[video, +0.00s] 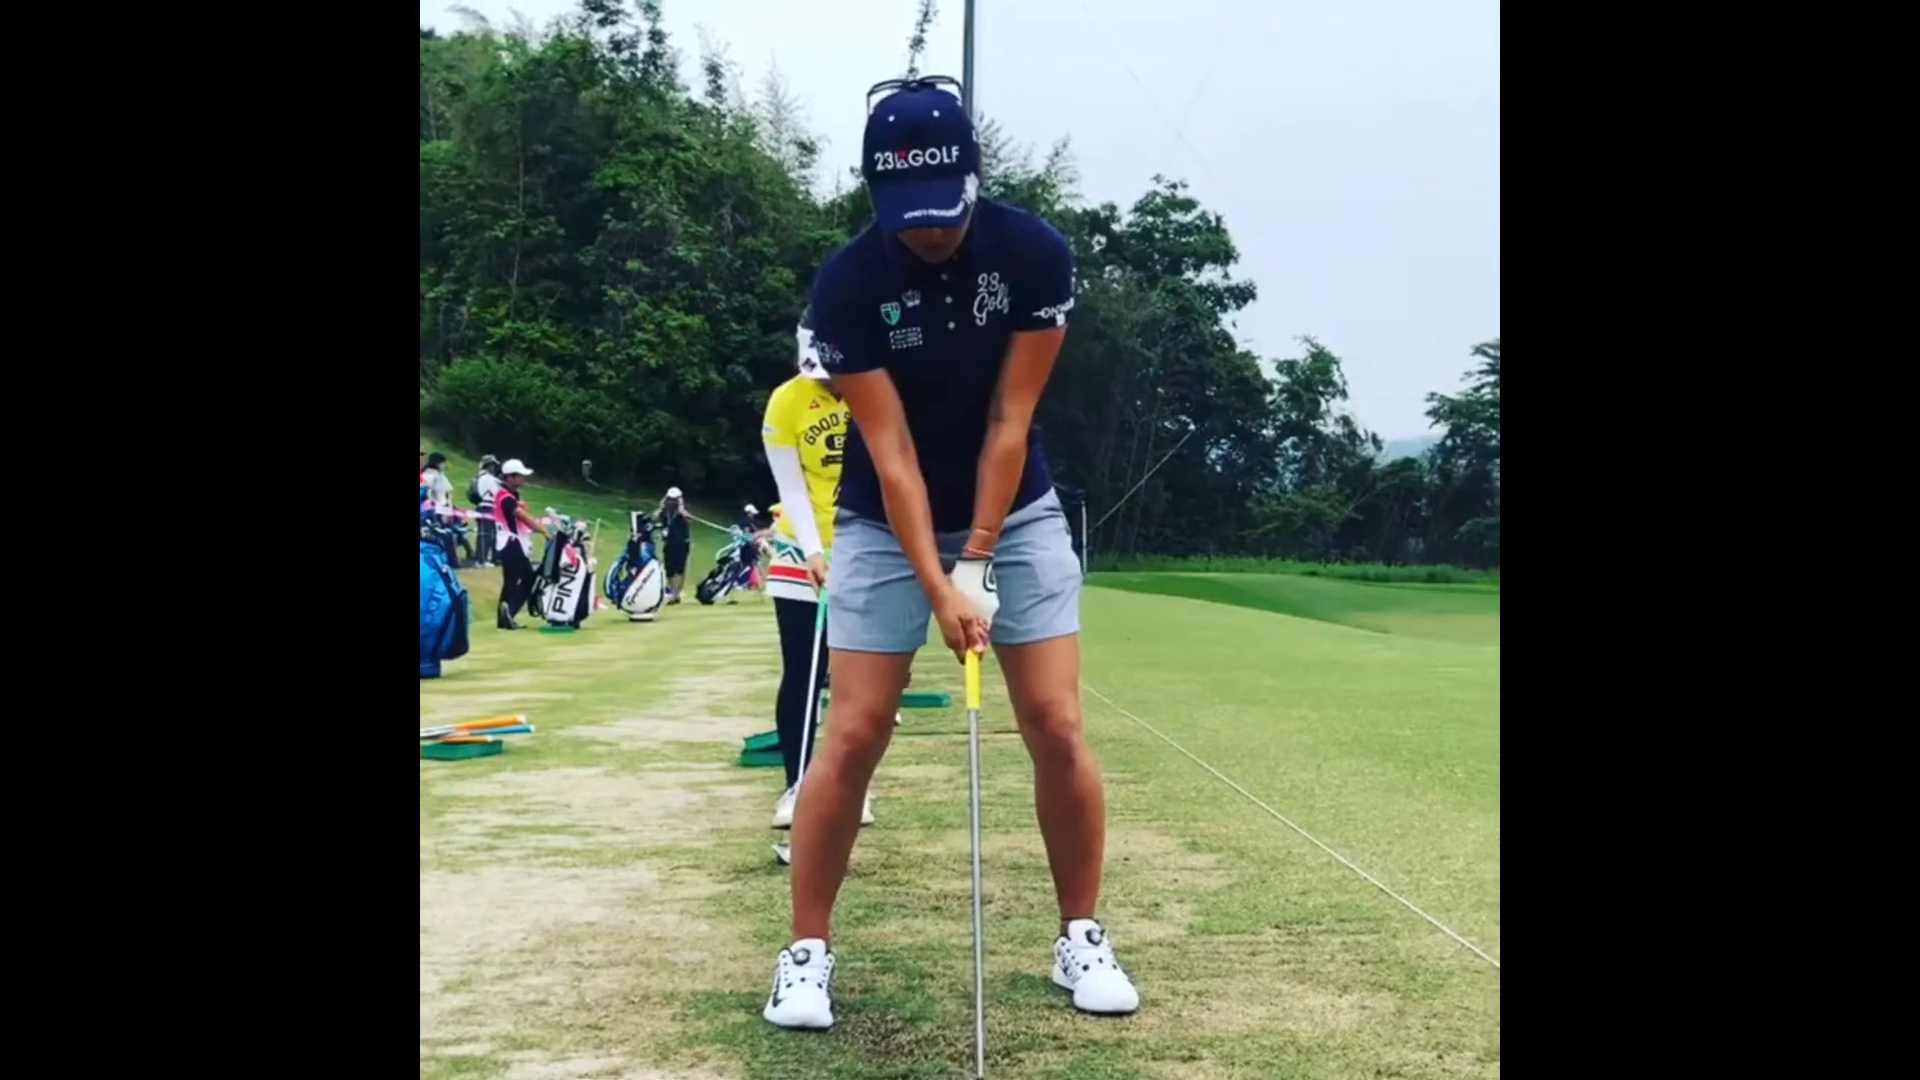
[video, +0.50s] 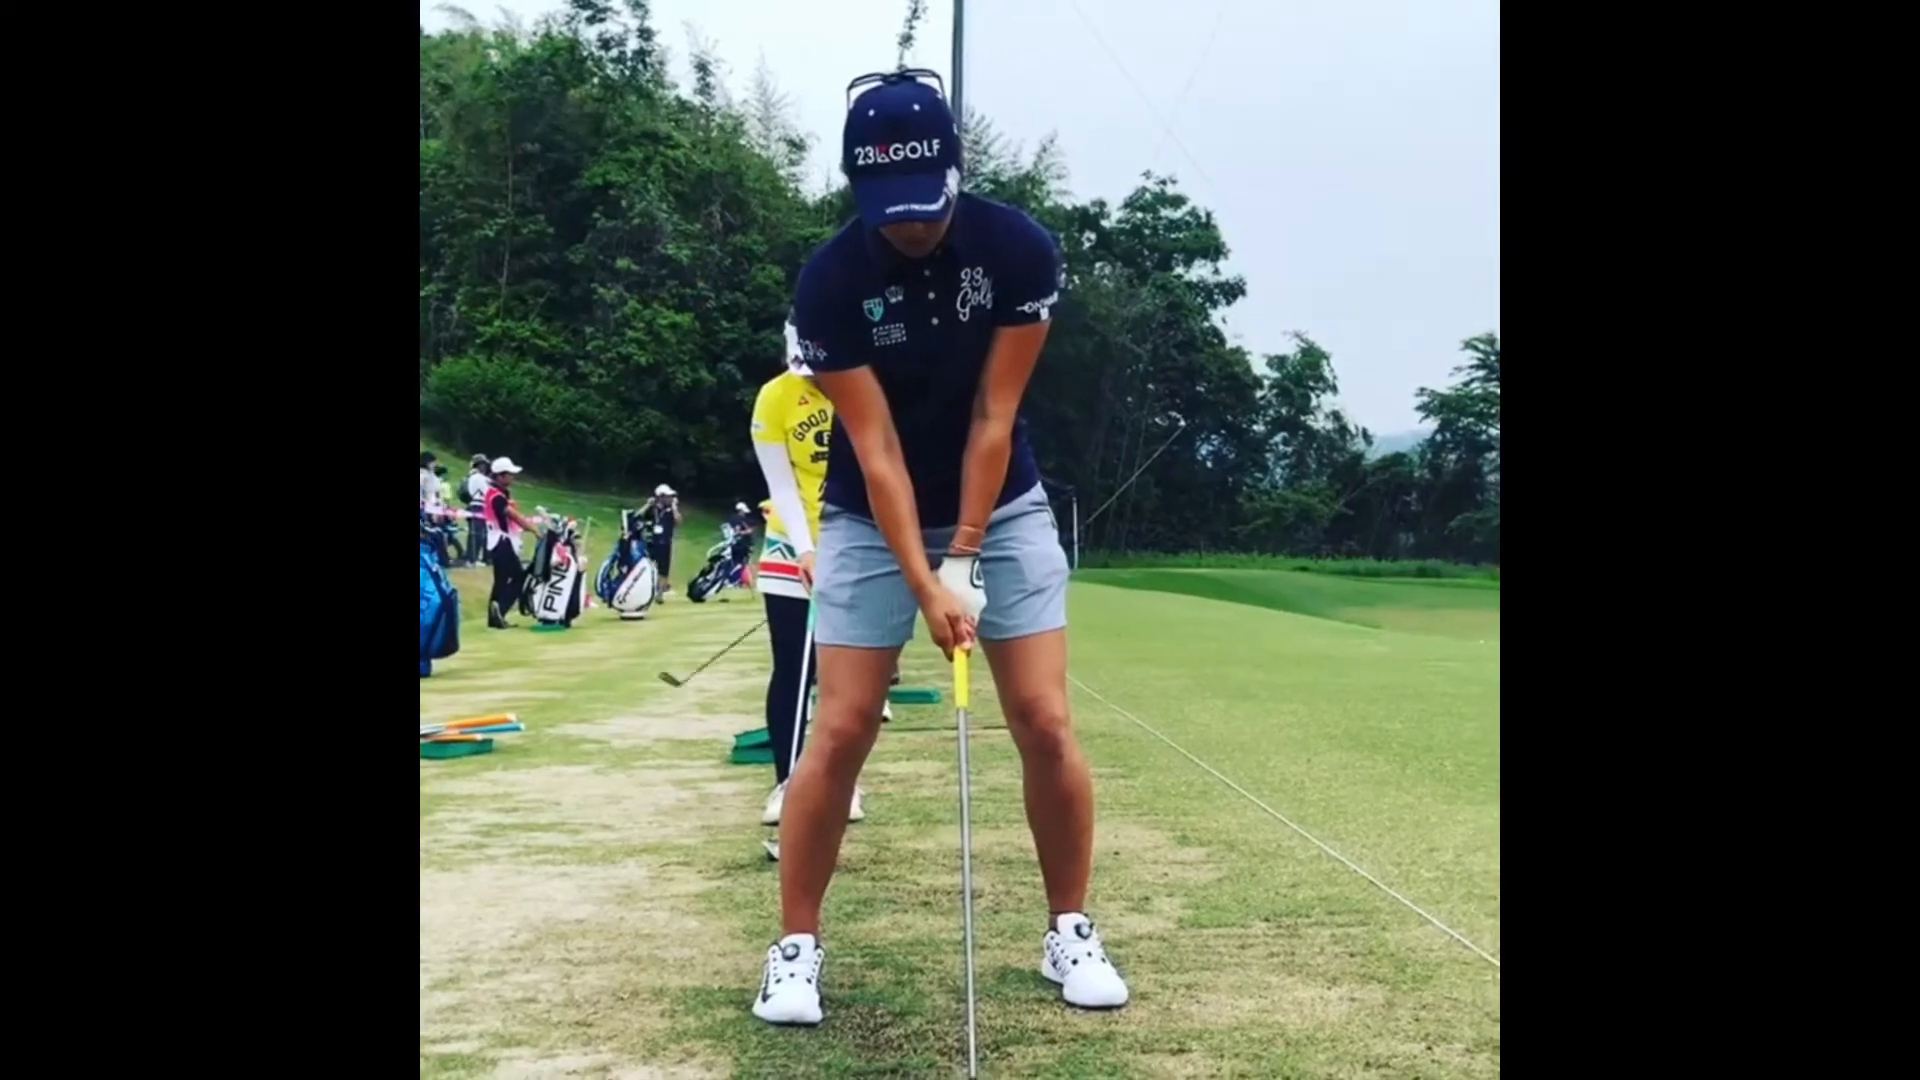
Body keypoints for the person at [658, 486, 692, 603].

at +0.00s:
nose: (671, 502)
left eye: (674, 499)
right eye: (669, 499)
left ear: (679, 501)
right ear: (666, 500)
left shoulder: (682, 514)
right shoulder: (665, 513)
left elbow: (689, 521)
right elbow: (655, 519)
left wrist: (683, 513)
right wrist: (661, 508)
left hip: (681, 542)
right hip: (669, 542)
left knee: (678, 569)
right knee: (669, 569)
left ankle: (677, 594)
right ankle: (672, 592)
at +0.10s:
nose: (670, 503)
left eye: (672, 500)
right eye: (667, 500)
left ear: (676, 500)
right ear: (663, 501)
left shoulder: (678, 511)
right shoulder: (661, 512)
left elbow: (686, 522)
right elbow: (651, 518)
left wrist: (679, 511)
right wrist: (659, 505)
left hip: (677, 541)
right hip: (664, 541)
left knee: (674, 569)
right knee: (664, 569)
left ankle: (672, 594)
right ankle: (665, 593)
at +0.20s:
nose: (668, 503)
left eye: (670, 500)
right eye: (665, 500)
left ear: (674, 500)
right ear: (661, 500)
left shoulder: (675, 512)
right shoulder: (658, 510)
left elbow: (681, 521)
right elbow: (648, 518)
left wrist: (677, 508)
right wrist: (655, 506)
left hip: (672, 541)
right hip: (660, 541)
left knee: (669, 569)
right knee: (660, 567)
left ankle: (666, 593)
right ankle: (660, 591)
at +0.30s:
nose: (667, 501)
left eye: (669, 498)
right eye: (664, 498)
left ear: (672, 499)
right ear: (660, 499)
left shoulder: (673, 511)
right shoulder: (656, 510)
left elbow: (680, 522)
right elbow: (642, 517)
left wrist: (675, 508)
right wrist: (652, 505)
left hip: (669, 542)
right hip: (656, 541)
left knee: (666, 569)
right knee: (657, 567)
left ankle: (667, 589)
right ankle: (657, 590)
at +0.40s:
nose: (669, 500)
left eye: (670, 497)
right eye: (667, 497)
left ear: (671, 499)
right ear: (660, 498)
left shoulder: (671, 511)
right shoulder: (653, 509)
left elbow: (678, 522)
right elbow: (638, 517)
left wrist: (674, 507)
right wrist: (649, 504)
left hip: (666, 541)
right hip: (652, 540)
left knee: (664, 569)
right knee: (652, 564)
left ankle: (660, 592)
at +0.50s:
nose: (668, 499)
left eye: (669, 497)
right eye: (665, 496)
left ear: (671, 498)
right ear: (659, 498)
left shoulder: (670, 510)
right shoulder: (653, 509)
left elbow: (678, 521)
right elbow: (638, 516)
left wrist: (674, 506)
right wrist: (648, 504)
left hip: (665, 540)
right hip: (651, 539)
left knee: (663, 568)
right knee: (650, 564)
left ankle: (660, 592)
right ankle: (648, 588)